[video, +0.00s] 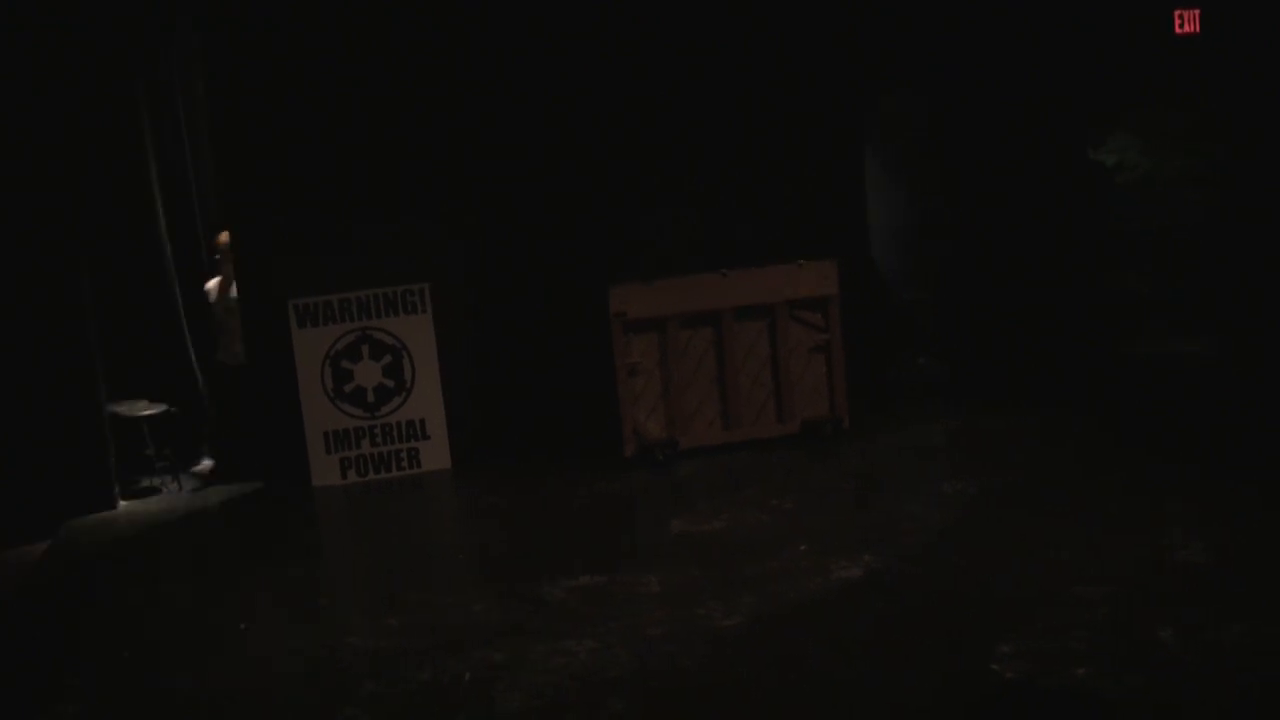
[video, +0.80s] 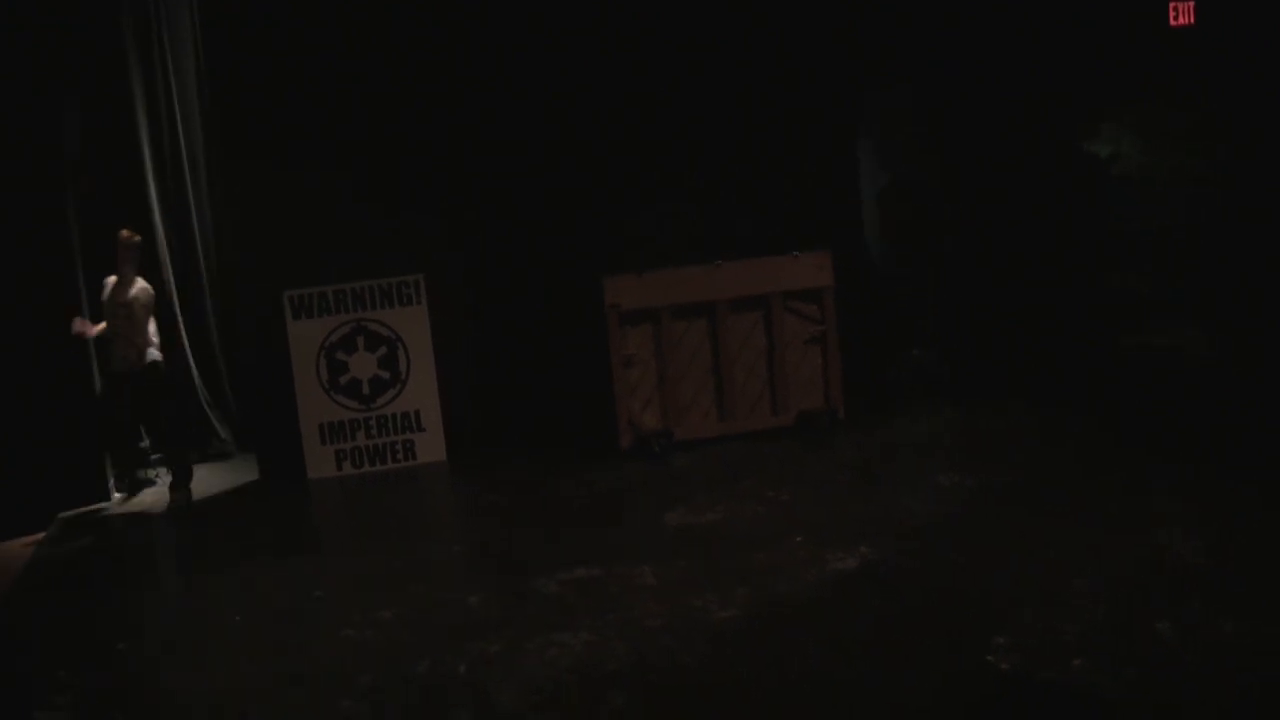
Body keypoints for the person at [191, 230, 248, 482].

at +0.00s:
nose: (226, 256)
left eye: (229, 250)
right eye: (222, 251)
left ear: (236, 252)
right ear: (216, 255)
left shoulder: (239, 285)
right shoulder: (212, 288)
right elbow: (217, 309)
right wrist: (228, 273)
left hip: (246, 355)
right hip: (224, 357)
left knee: (251, 404)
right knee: (229, 407)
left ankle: (258, 453)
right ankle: (232, 456)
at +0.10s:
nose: (204, 252)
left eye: (209, 246)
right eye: (200, 247)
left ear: (221, 248)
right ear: (196, 250)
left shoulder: (233, 277)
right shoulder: (190, 285)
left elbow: (242, 319)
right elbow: (191, 324)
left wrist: (242, 349)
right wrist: (181, 353)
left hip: (233, 357)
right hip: (203, 360)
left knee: (239, 412)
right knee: (201, 413)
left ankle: (251, 462)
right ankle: (204, 466)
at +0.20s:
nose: (190, 250)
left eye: (195, 244)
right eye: (186, 245)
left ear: (206, 247)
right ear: (180, 250)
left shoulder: (223, 274)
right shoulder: (174, 287)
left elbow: (225, 310)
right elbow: (168, 323)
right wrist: (140, 324)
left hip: (219, 356)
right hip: (190, 359)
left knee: (193, 405)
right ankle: (201, 471)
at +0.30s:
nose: (179, 247)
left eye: (184, 242)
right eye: (174, 242)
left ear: (195, 245)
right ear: (168, 246)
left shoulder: (215, 275)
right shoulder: (161, 285)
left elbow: (239, 312)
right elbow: (148, 319)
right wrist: (116, 309)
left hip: (212, 354)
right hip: (180, 356)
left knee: (174, 391)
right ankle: (198, 468)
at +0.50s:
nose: (161, 258)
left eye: (166, 252)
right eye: (156, 252)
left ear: (175, 255)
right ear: (149, 256)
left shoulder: (190, 291)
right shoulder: (140, 290)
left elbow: (197, 325)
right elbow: (133, 325)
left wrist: (194, 351)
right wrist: (97, 316)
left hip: (183, 369)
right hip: (156, 370)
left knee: (183, 421)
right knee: (169, 423)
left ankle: (187, 477)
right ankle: (193, 467)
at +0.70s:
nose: (138, 259)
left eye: (143, 253)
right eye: (135, 253)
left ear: (150, 256)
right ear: (131, 255)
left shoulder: (156, 291)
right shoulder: (124, 285)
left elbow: (173, 331)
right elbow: (124, 318)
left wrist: (189, 365)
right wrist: (96, 318)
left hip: (162, 366)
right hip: (137, 368)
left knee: (173, 426)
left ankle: (183, 482)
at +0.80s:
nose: (127, 259)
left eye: (132, 253)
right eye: (124, 253)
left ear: (138, 256)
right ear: (117, 254)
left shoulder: (144, 291)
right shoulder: (110, 285)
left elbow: (146, 326)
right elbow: (112, 320)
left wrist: (153, 348)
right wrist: (93, 330)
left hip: (144, 365)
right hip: (118, 366)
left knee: (157, 421)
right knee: (119, 423)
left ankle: (178, 471)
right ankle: (127, 477)